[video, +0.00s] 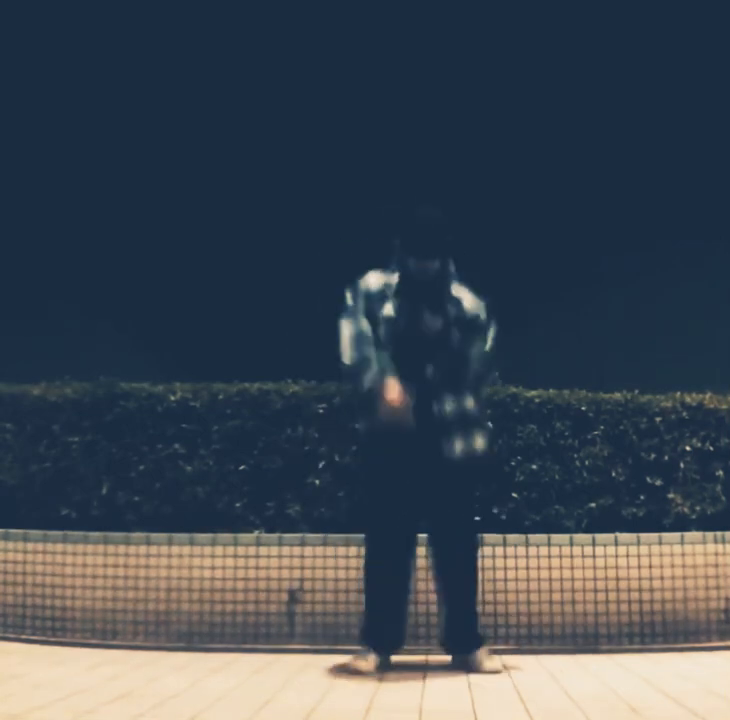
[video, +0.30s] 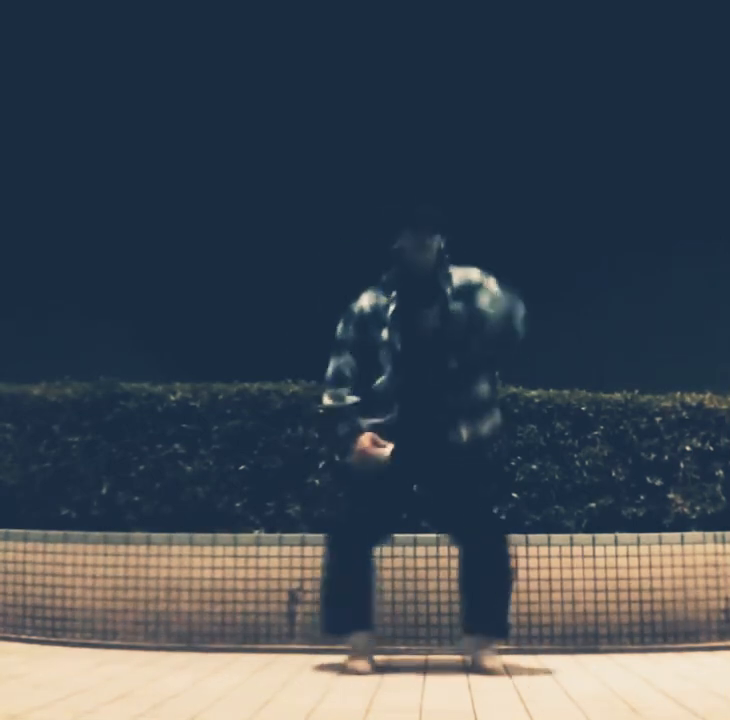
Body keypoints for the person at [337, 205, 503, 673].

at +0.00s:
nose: (424, 267)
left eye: (433, 258)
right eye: (416, 258)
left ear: (448, 257)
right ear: (401, 254)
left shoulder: (469, 305)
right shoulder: (370, 292)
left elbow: (476, 375)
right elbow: (356, 350)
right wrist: (382, 384)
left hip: (453, 446)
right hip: (391, 445)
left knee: (457, 544)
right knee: (386, 542)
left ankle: (467, 646)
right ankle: (377, 647)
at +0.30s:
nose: (420, 251)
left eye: (428, 240)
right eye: (410, 241)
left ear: (442, 242)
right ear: (395, 245)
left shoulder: (474, 290)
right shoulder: (370, 307)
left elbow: (515, 326)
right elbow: (338, 385)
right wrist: (352, 435)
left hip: (464, 447)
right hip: (390, 450)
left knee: (485, 533)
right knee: (351, 533)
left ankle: (484, 646)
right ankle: (358, 646)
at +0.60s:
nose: (427, 245)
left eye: (436, 236)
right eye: (417, 235)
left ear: (450, 239)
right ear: (399, 240)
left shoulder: (466, 278)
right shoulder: (383, 279)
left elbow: (497, 250)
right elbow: (365, 227)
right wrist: (390, 195)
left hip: (449, 415)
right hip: (390, 413)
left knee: (451, 528)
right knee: (382, 529)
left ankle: (472, 643)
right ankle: (372, 642)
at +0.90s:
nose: (413, 258)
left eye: (420, 248)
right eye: (403, 248)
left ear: (433, 247)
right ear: (387, 248)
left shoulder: (460, 291)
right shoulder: (368, 291)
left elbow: (475, 362)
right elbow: (352, 362)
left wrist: (458, 342)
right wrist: (363, 351)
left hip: (456, 430)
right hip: (391, 431)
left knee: (488, 520)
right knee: (379, 529)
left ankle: (479, 632)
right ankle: (372, 644)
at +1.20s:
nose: (412, 258)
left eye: (421, 248)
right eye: (402, 248)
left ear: (434, 233)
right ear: (388, 236)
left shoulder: (460, 262)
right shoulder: (368, 265)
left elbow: (489, 303)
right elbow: (335, 325)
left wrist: (461, 325)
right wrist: (368, 336)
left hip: (451, 418)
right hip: (383, 417)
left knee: (460, 516)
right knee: (376, 517)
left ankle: (447, 622)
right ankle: (372, 627)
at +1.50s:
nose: (393, 281)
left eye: (400, 272)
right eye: (384, 272)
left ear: (414, 274)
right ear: (371, 276)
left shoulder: (442, 321)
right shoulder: (357, 332)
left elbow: (482, 370)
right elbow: (341, 393)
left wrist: (448, 370)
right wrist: (334, 429)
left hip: (431, 466)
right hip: (371, 466)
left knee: (430, 550)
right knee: (352, 550)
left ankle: (430, 629)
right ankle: (336, 649)